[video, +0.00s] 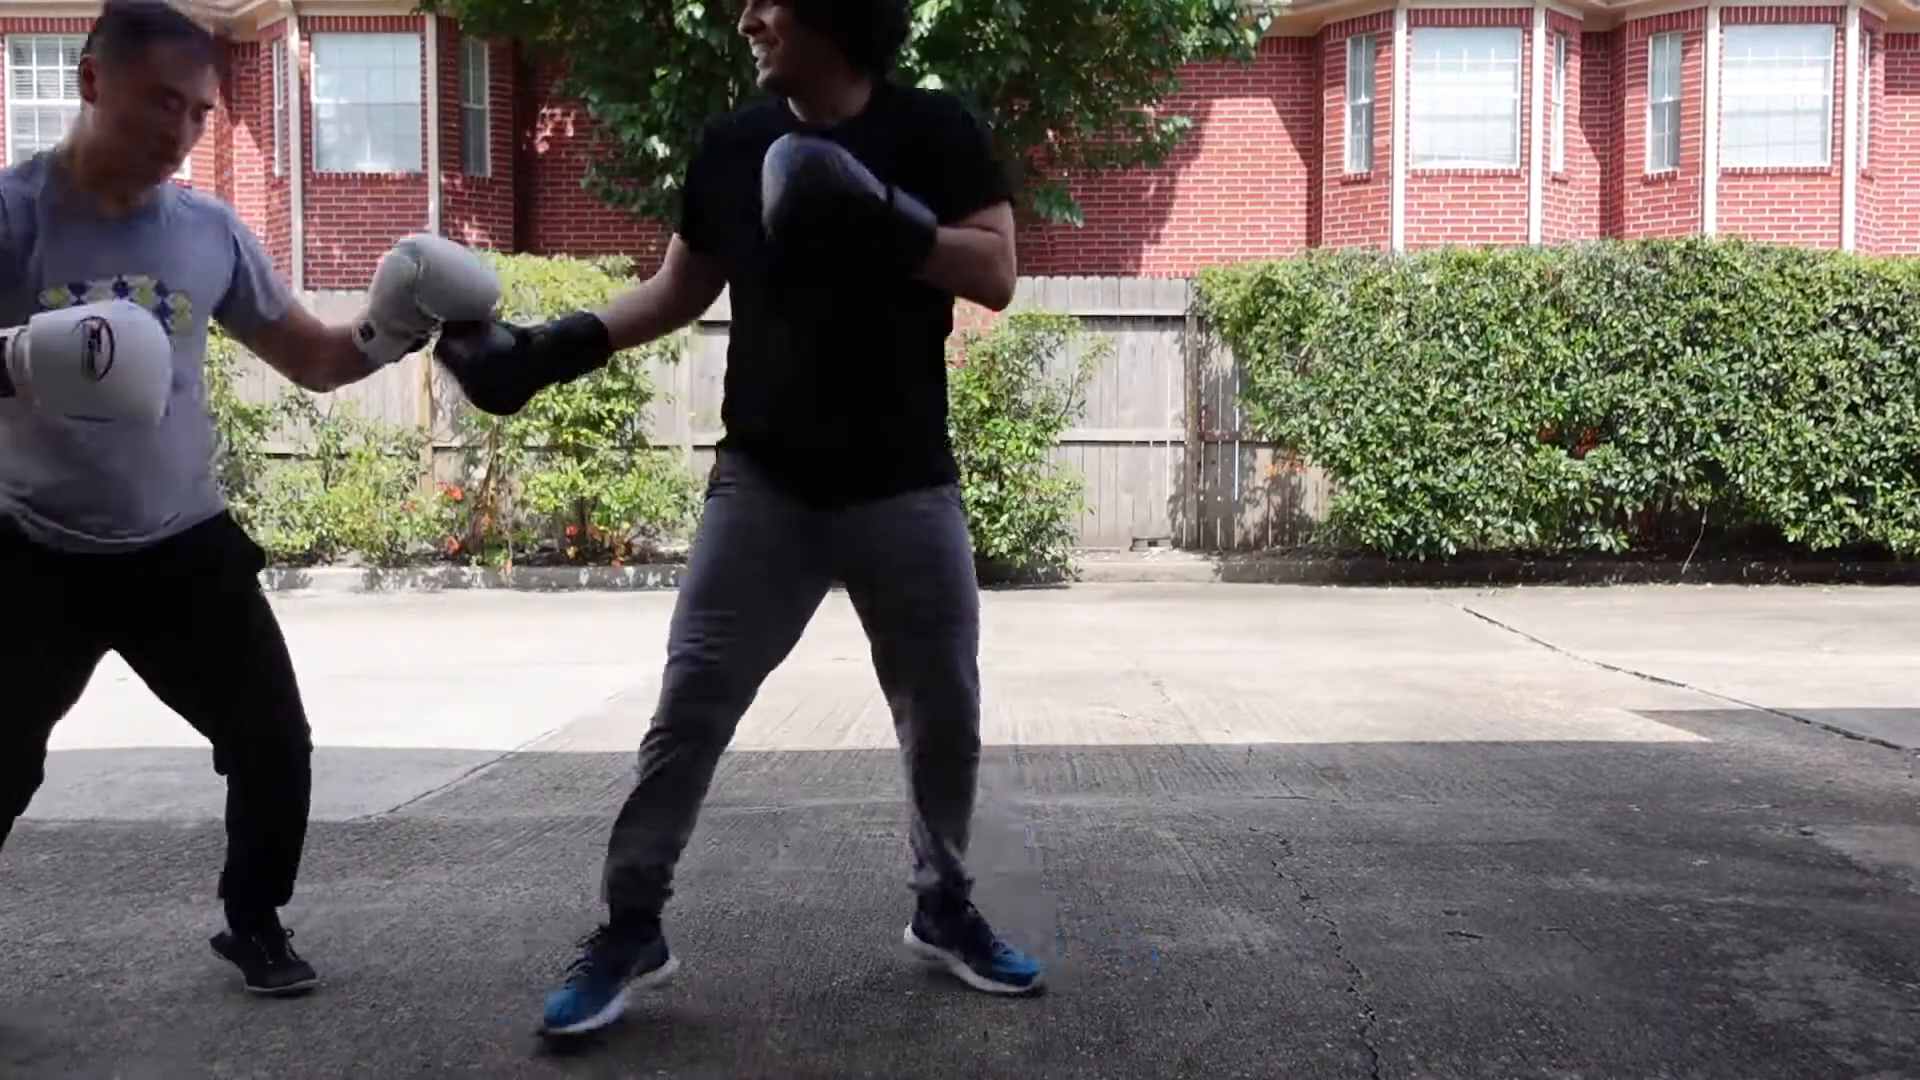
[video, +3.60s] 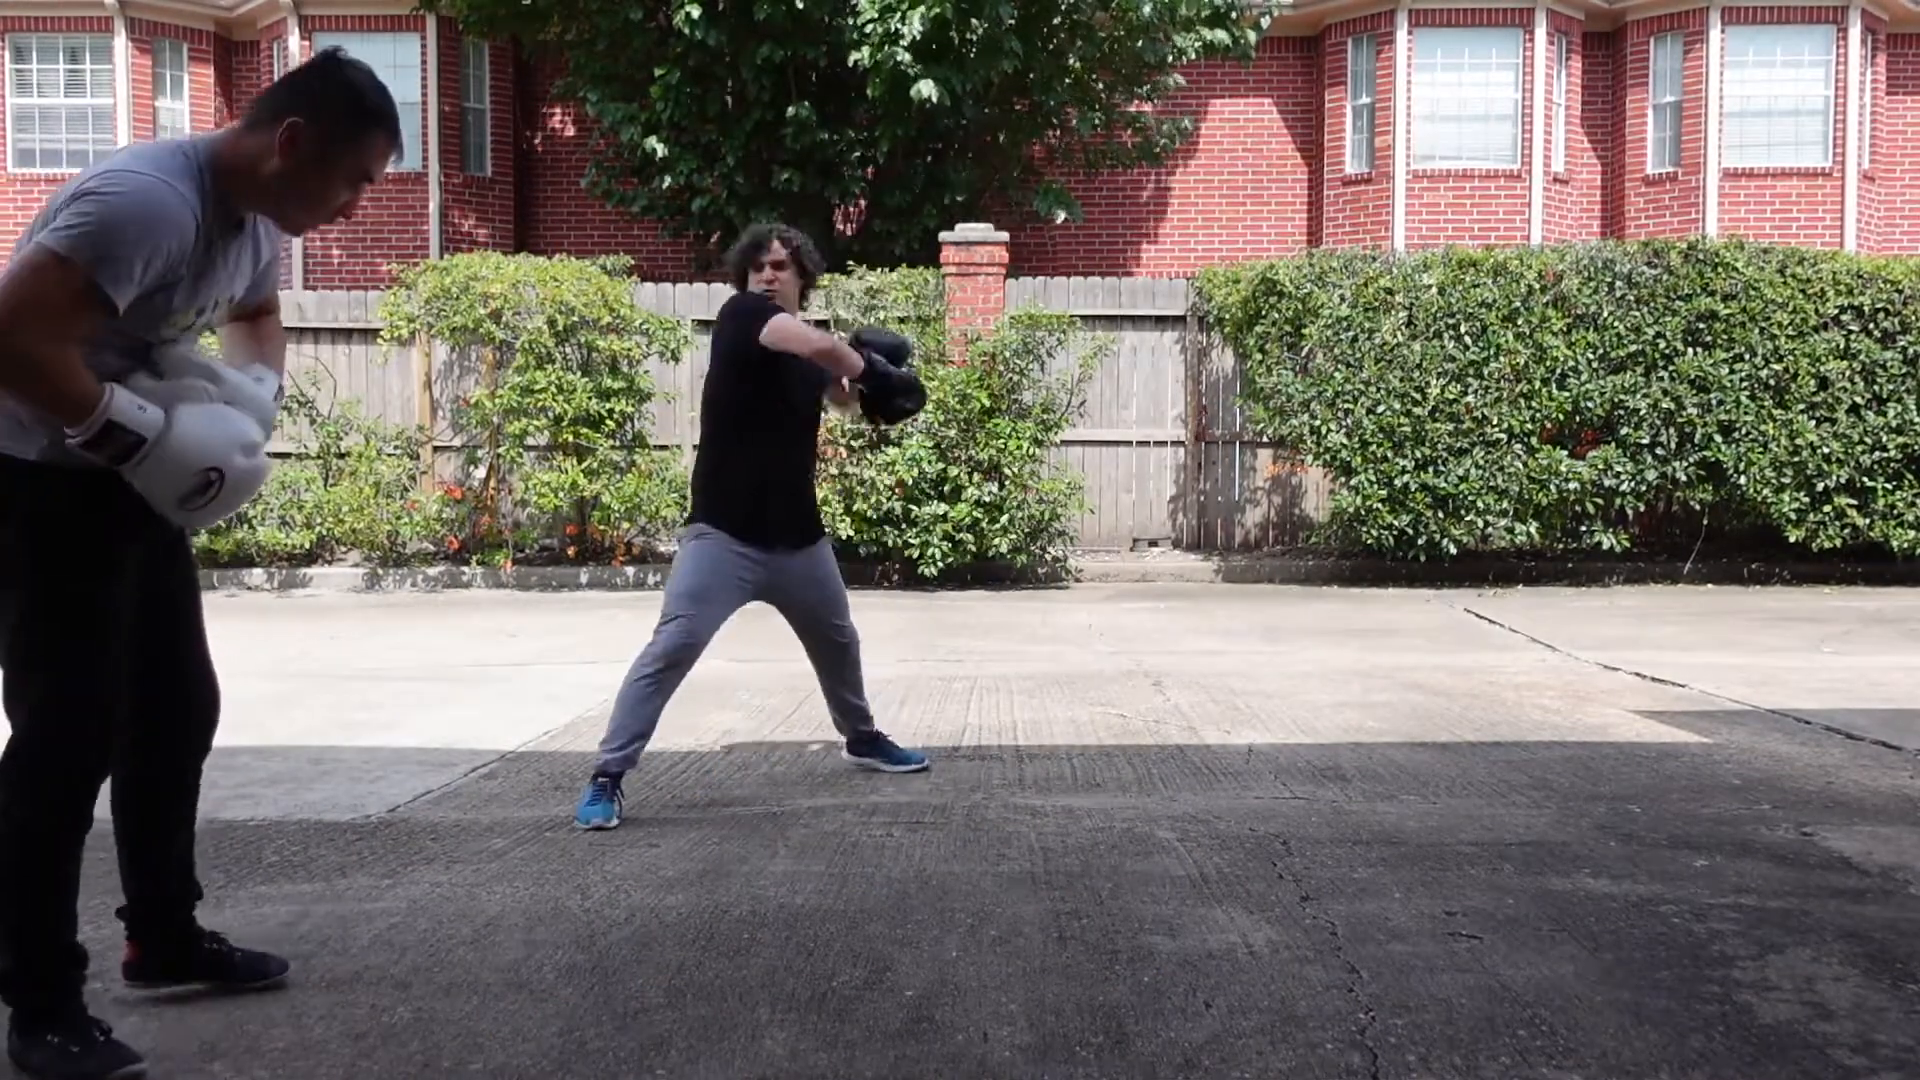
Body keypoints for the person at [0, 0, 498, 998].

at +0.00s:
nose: (184, 130)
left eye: (199, 109)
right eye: (165, 101)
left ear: (211, 108)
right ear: (94, 83)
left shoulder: (207, 230)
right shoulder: (14, 212)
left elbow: (314, 357)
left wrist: (406, 319)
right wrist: (21, 361)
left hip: (183, 548)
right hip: (33, 549)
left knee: (272, 745)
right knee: (2, 775)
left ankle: (254, 921)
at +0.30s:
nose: (174, 153)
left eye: (187, 133)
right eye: (161, 128)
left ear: (196, 118)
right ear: (95, 92)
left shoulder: (180, 208)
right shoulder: (10, 182)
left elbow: (233, 340)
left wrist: (281, 385)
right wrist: (7, 327)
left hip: (161, 482)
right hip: (30, 495)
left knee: (241, 683)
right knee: (34, 724)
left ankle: (244, 912)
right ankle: (56, 913)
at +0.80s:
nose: (160, 248)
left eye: (176, 234)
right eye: (154, 227)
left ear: (192, 210)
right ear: (104, 177)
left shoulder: (157, 250)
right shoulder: (9, 219)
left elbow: (199, 328)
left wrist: (264, 411)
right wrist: (2, 397)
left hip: (120, 495)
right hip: (13, 512)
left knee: (209, 679)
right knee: (25, 730)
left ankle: (246, 869)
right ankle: (60, 916)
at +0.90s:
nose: (197, 277)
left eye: (210, 263)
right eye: (194, 256)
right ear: (142, 207)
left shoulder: (170, 295)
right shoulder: (16, 232)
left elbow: (197, 403)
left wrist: (257, 517)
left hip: (96, 469)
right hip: (5, 499)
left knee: (208, 583)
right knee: (18, 721)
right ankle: (70, 912)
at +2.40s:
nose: (156, 341)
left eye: (171, 333)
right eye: (150, 325)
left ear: (202, 307)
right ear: (117, 264)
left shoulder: (199, 294)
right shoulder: (16, 269)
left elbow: (215, 399)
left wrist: (252, 512)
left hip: (128, 497)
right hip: (18, 510)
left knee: (213, 658)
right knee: (13, 709)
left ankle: (207, 873)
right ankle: (45, 910)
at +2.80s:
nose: (232, 220)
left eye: (250, 205)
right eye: (221, 201)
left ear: (269, 186)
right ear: (172, 146)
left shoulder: (265, 214)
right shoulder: (57, 204)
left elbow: (330, 348)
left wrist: (217, 377)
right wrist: (30, 428)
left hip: (190, 501)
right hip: (59, 503)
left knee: (206, 714)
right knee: (55, 718)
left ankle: (174, 922)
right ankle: (18, 945)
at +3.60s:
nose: (351, 209)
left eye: (363, 191)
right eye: (352, 183)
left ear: (293, 145)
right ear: (290, 140)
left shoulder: (249, 215)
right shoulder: (144, 203)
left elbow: (257, 323)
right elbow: (21, 332)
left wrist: (245, 405)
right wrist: (131, 431)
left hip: (126, 479)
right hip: (36, 476)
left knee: (173, 709)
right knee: (63, 732)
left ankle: (164, 937)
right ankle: (40, 1011)